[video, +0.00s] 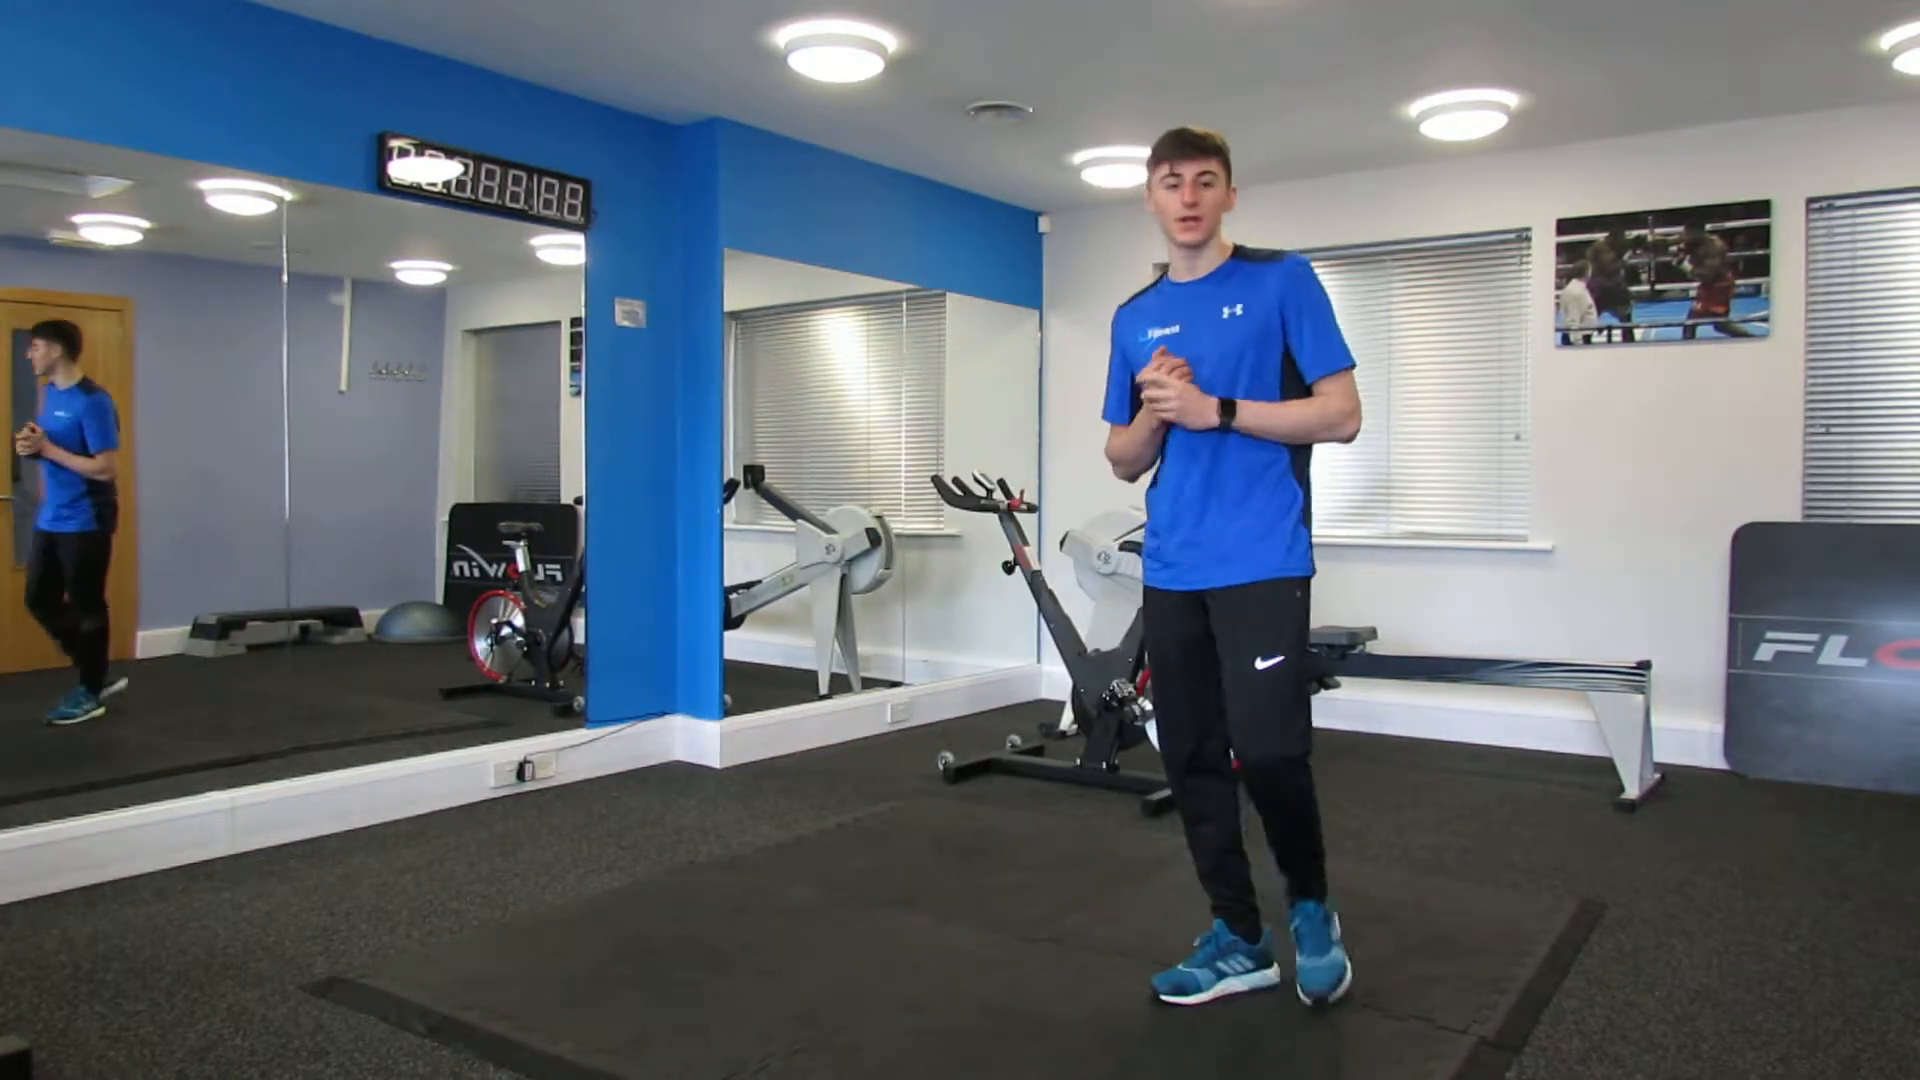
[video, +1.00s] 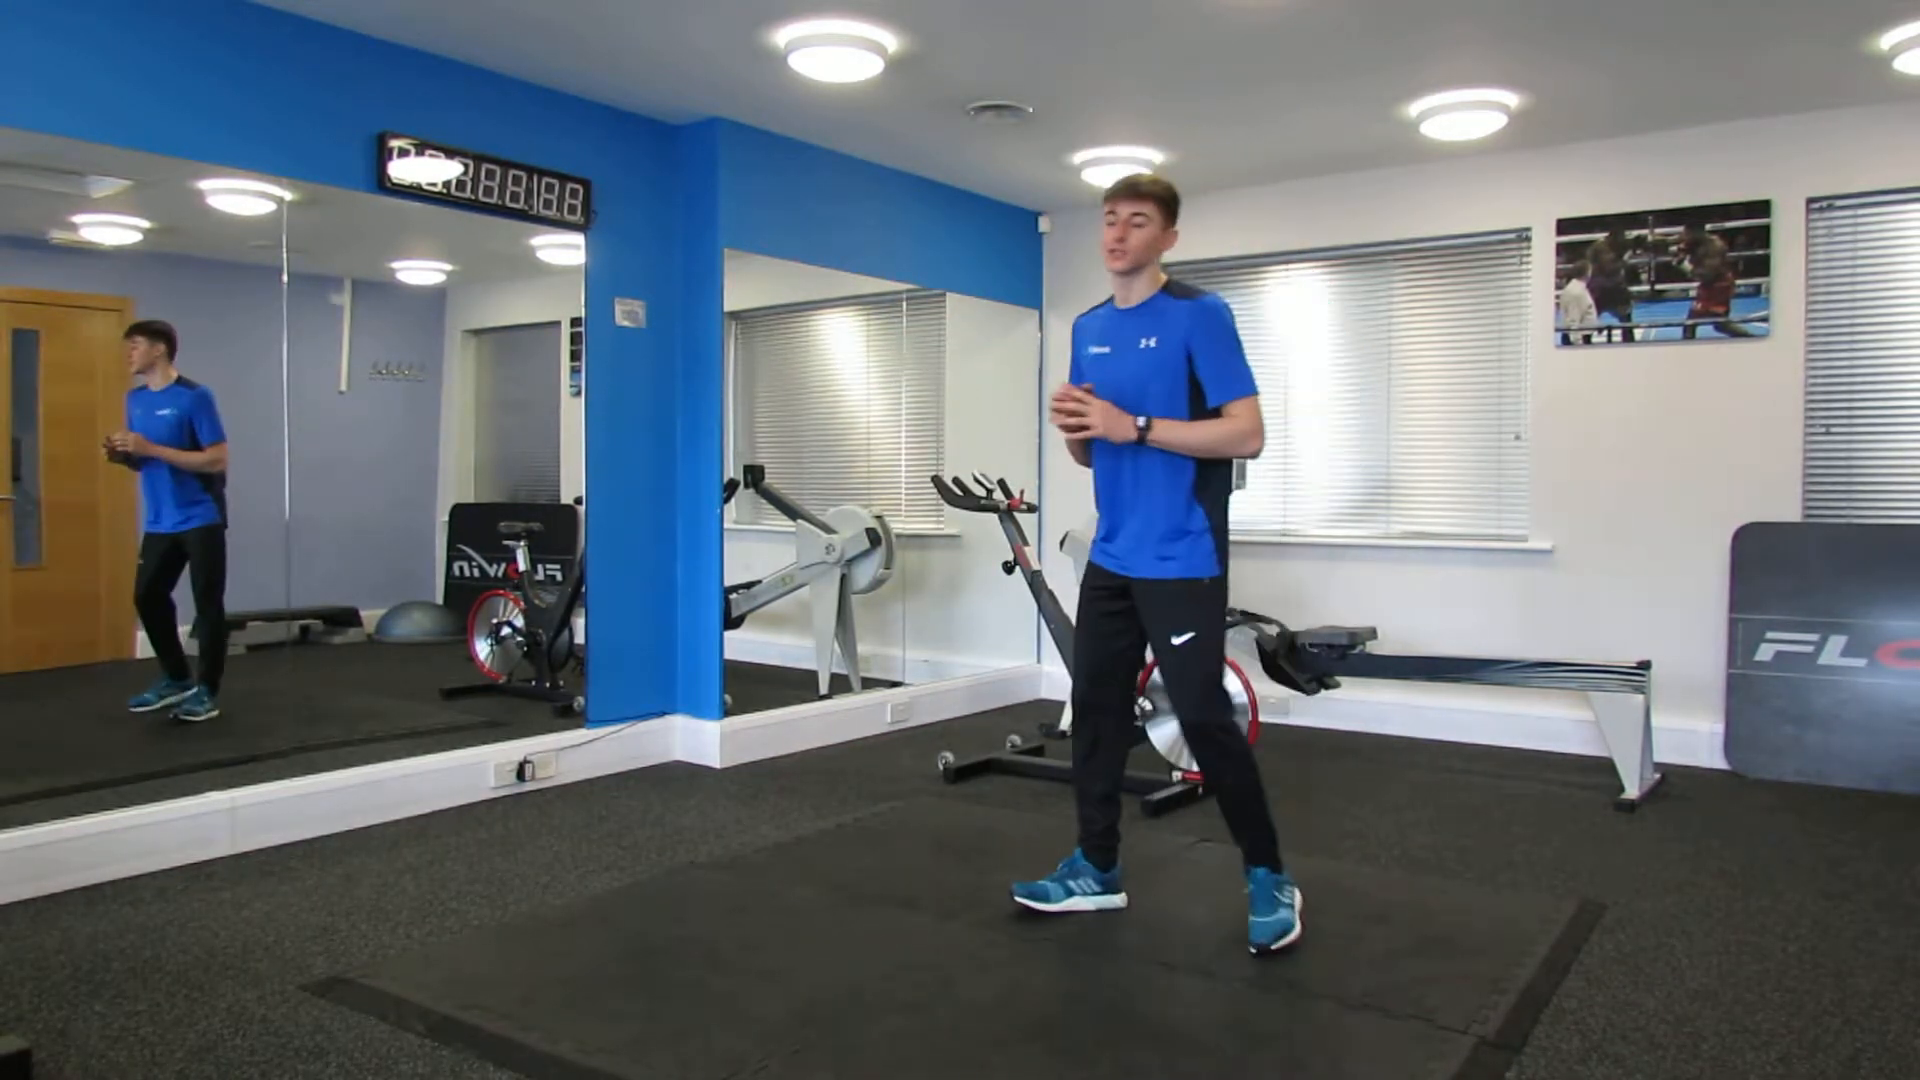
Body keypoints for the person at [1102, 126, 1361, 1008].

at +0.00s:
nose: (1187, 196)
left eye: (1203, 182)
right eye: (1171, 183)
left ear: (1230, 196)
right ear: (1150, 200)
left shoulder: (1283, 280)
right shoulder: (1133, 318)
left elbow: (1342, 412)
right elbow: (1122, 460)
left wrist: (1215, 408)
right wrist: (1154, 414)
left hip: (1262, 560)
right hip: (1171, 566)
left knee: (1268, 751)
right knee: (1194, 757)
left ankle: (1308, 911)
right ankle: (1238, 935)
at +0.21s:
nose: (1215, 201)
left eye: (1232, 189)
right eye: (1201, 189)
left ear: (1257, 207)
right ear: (1178, 207)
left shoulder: (1300, 288)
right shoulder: (1151, 315)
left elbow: (1346, 422)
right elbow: (1131, 453)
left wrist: (1223, 401)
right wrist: (1160, 397)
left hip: (1275, 557)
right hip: (1182, 561)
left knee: (1285, 739)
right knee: (1202, 752)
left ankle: (1297, 879)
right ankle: (1236, 932)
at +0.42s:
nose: (1247, 224)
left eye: (1265, 215)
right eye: (1234, 210)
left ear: (1286, 232)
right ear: (1209, 223)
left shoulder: (1315, 325)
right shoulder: (1171, 317)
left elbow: (1350, 460)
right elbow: (1154, 442)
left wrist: (1234, 439)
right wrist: (1165, 419)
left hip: (1276, 573)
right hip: (1184, 567)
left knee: (1287, 734)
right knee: (1175, 720)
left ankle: (1292, 893)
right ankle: (1216, 910)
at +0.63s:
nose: (1227, 226)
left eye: (1246, 215)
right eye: (1217, 210)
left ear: (1270, 230)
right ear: (1194, 219)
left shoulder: (1302, 318)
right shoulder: (1160, 316)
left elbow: (1338, 443)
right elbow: (1146, 434)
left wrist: (1229, 431)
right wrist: (1161, 416)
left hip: (1263, 564)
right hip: (1172, 552)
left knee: (1284, 725)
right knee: (1127, 697)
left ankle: (1290, 886)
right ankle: (1133, 869)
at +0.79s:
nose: (1189, 225)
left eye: (1207, 216)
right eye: (1179, 211)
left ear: (1230, 234)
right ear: (1159, 223)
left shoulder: (1264, 318)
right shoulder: (1131, 322)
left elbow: (1308, 438)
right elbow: (1119, 443)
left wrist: (1200, 429)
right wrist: (1134, 421)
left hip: (1237, 564)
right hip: (1150, 555)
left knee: (1272, 723)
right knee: (1112, 703)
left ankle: (1290, 885)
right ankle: (1102, 866)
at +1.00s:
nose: (1118, 233)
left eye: (1135, 222)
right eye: (1111, 222)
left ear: (1169, 237)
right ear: (1100, 236)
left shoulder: (1200, 316)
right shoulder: (1090, 329)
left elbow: (1247, 435)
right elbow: (1086, 454)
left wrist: (1133, 427)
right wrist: (1069, 424)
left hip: (1183, 558)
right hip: (1112, 555)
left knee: (1206, 721)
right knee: (1095, 710)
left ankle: (1267, 879)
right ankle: (1096, 866)